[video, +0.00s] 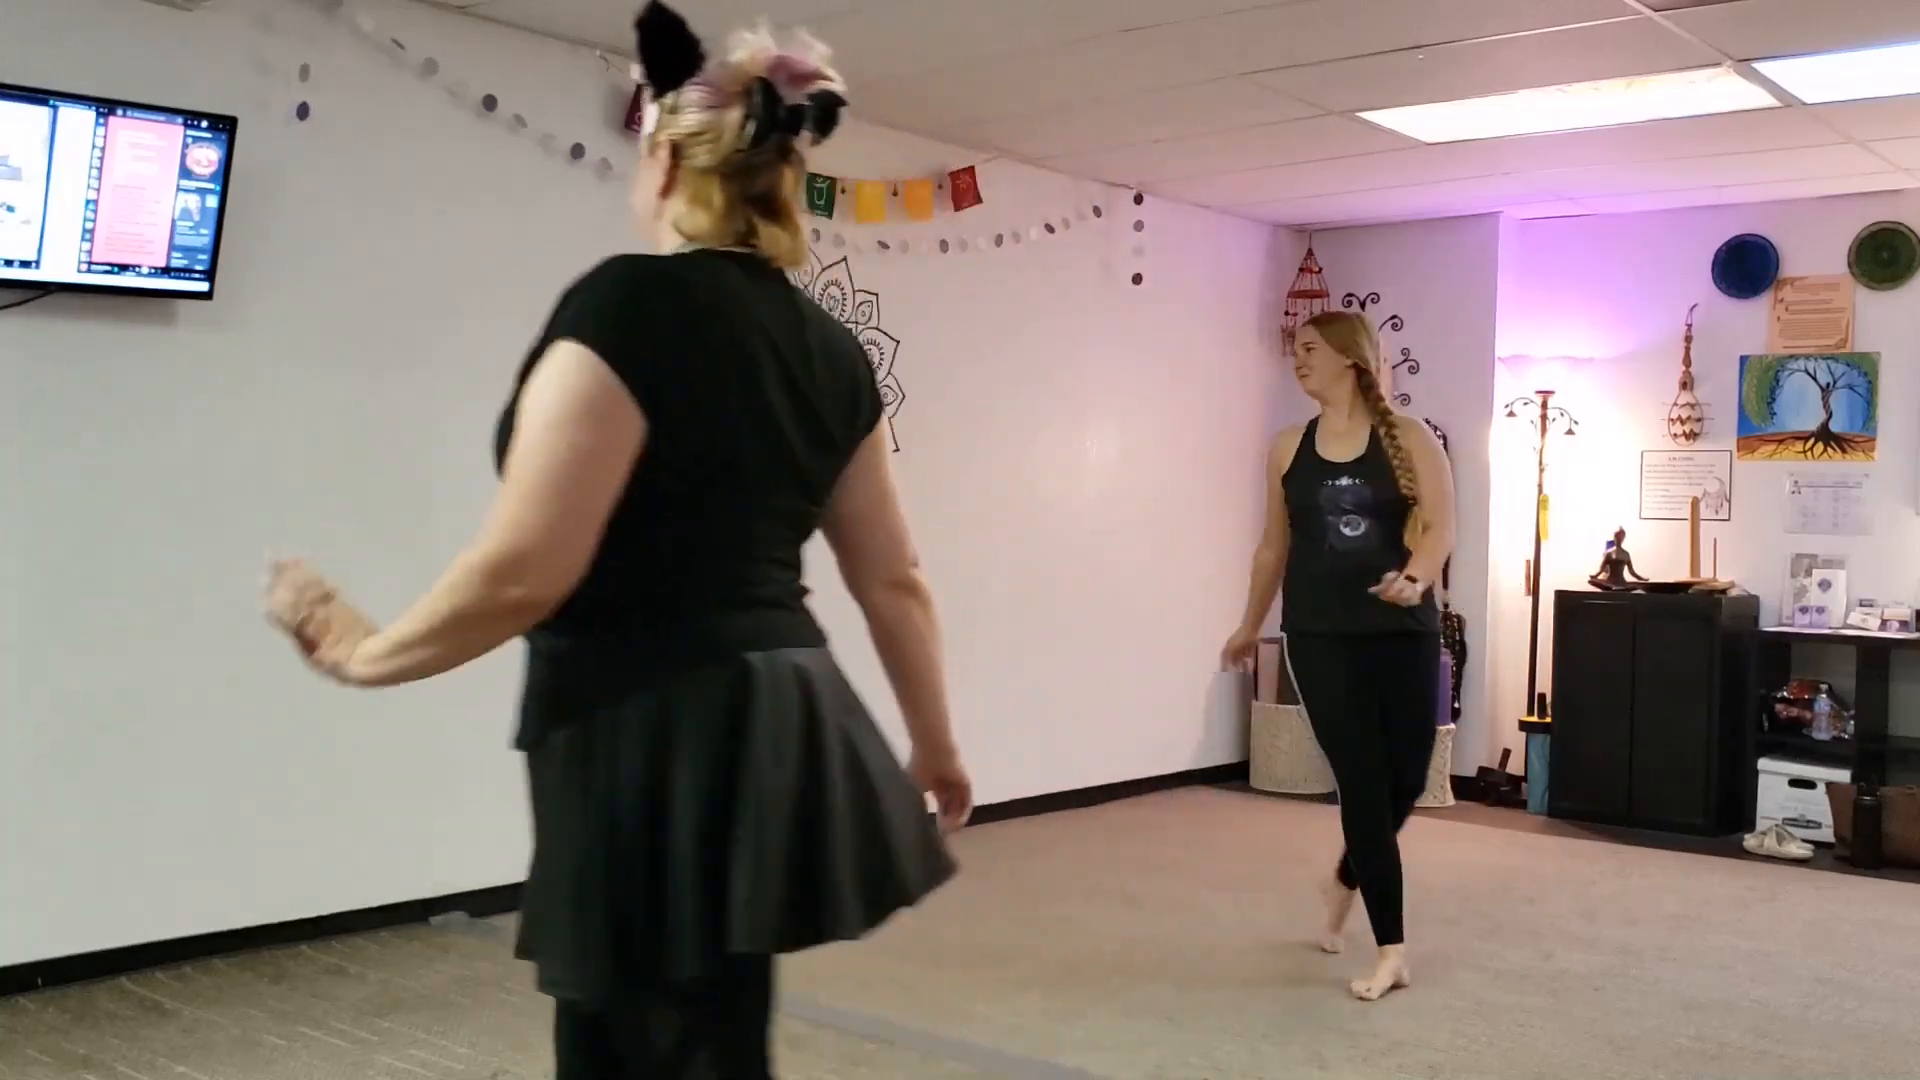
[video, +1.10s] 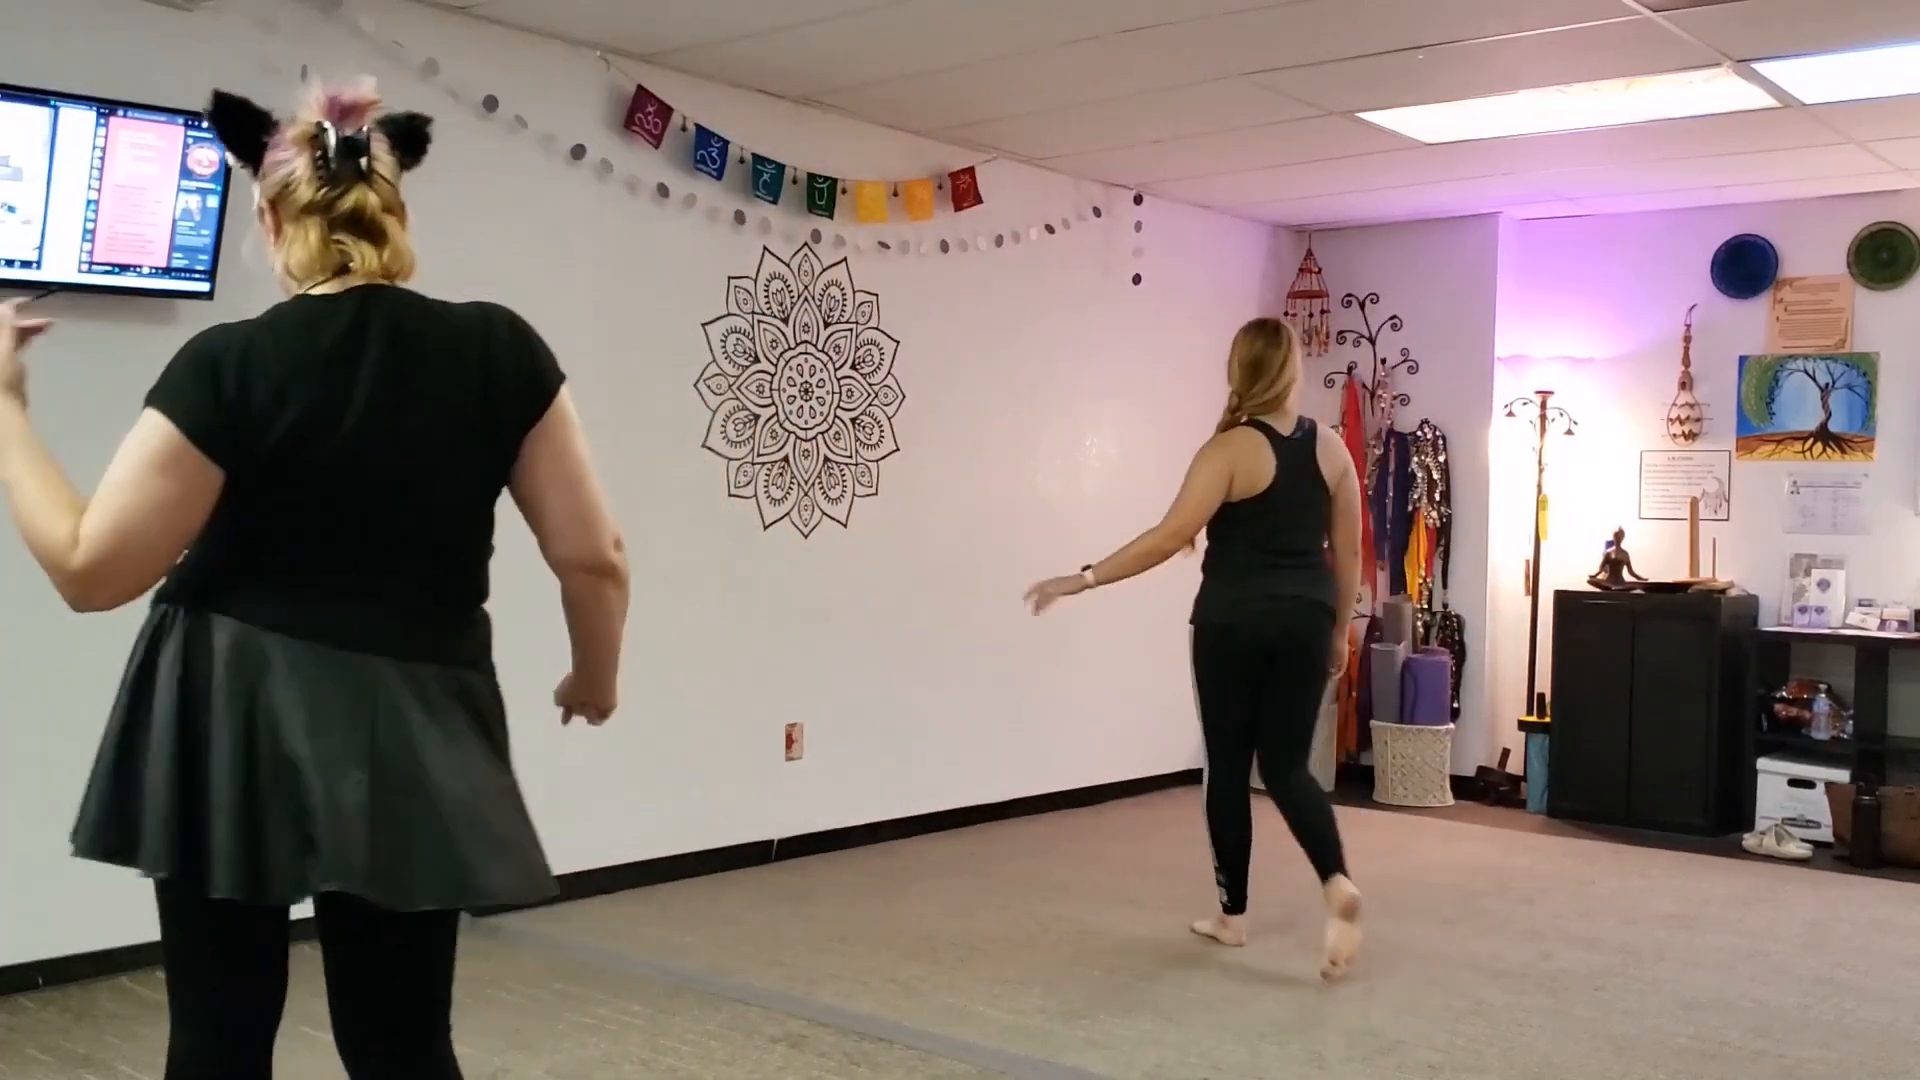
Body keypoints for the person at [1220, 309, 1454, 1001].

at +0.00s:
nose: (1298, 360)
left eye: (1310, 350)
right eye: (1297, 351)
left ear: (1353, 360)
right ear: (1307, 364)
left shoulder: (1407, 436)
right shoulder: (1290, 447)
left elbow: (1440, 525)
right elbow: (1274, 544)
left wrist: (1416, 577)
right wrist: (1249, 626)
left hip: (1402, 632)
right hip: (1320, 636)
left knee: (1405, 782)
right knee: (1362, 784)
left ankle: (1343, 879)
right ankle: (1391, 948)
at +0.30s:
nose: (1317, 364)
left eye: (1323, 352)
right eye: (1318, 352)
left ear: (1345, 359)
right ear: (1378, 358)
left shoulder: (1376, 430)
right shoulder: (1349, 432)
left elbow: (1386, 537)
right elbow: (1344, 539)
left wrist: (1339, 630)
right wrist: (1316, 627)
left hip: (1386, 626)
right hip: (1351, 625)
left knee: (1317, 768)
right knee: (1354, 789)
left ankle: (1433, 881)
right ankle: (1387, 952)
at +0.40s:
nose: (1402, 362)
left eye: (1325, 346)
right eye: (1399, 350)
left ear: (1335, 354)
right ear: (1386, 358)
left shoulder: (1356, 429)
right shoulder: (1380, 428)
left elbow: (1361, 528)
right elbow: (1371, 530)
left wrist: (1332, 625)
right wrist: (1310, 532)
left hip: (1355, 623)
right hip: (1383, 623)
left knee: (1269, 749)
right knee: (1358, 781)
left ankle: (1372, 885)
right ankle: (1392, 947)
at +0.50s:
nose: (1399, 358)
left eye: (1395, 347)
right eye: (1395, 348)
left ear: (1330, 351)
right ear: (1380, 355)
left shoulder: (1337, 423)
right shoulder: (1387, 430)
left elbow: (1335, 521)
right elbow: (1382, 527)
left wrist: (1311, 613)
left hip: (1341, 617)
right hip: (1393, 619)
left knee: (1251, 736)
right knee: (1367, 783)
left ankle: (1292, 906)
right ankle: (1403, 948)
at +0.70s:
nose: (1377, 376)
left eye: (1373, 365)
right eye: (1374, 365)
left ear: (1309, 368)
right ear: (1363, 370)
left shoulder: (1300, 441)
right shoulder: (1393, 452)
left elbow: (1276, 522)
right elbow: (1404, 541)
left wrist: (1239, 601)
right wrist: (1385, 594)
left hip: (1307, 630)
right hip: (1382, 631)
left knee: (1261, 768)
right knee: (1375, 788)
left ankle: (1204, 884)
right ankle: (1402, 957)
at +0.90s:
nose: (1342, 381)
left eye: (1336, 370)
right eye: (1338, 371)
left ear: (1273, 377)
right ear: (1328, 379)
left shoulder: (1260, 450)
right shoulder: (1362, 457)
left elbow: (1215, 526)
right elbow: (1374, 553)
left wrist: (1148, 589)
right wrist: (1349, 594)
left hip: (1266, 636)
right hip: (1344, 634)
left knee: (1246, 780)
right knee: (1353, 784)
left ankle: (1233, 915)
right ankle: (1395, 939)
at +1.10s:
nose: (1303, 371)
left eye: (1298, 359)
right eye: (1301, 361)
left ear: (1238, 374)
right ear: (1293, 373)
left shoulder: (1227, 450)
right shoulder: (1330, 450)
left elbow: (1174, 535)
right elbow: (1347, 549)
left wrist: (1084, 579)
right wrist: (1343, 624)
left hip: (1229, 627)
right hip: (1307, 627)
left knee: (1228, 768)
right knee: (1287, 766)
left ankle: (1232, 913)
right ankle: (1337, 881)